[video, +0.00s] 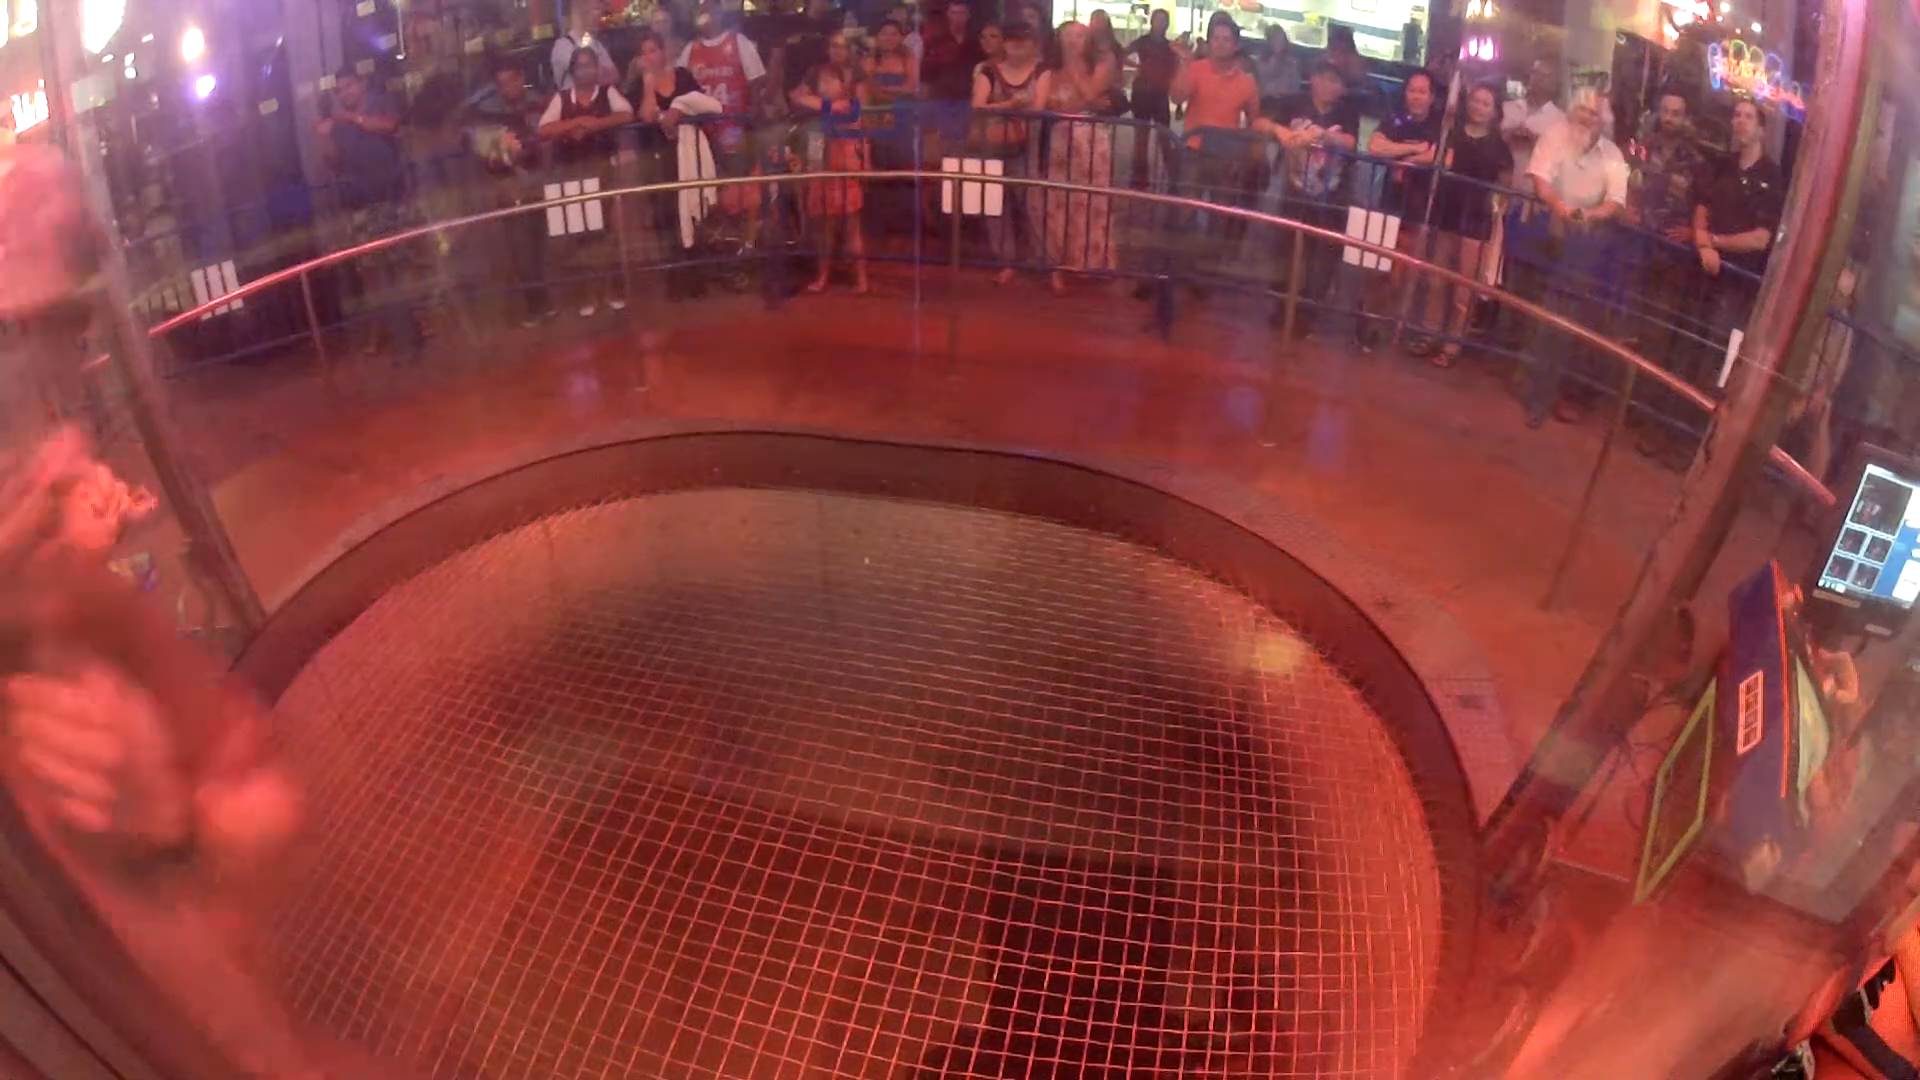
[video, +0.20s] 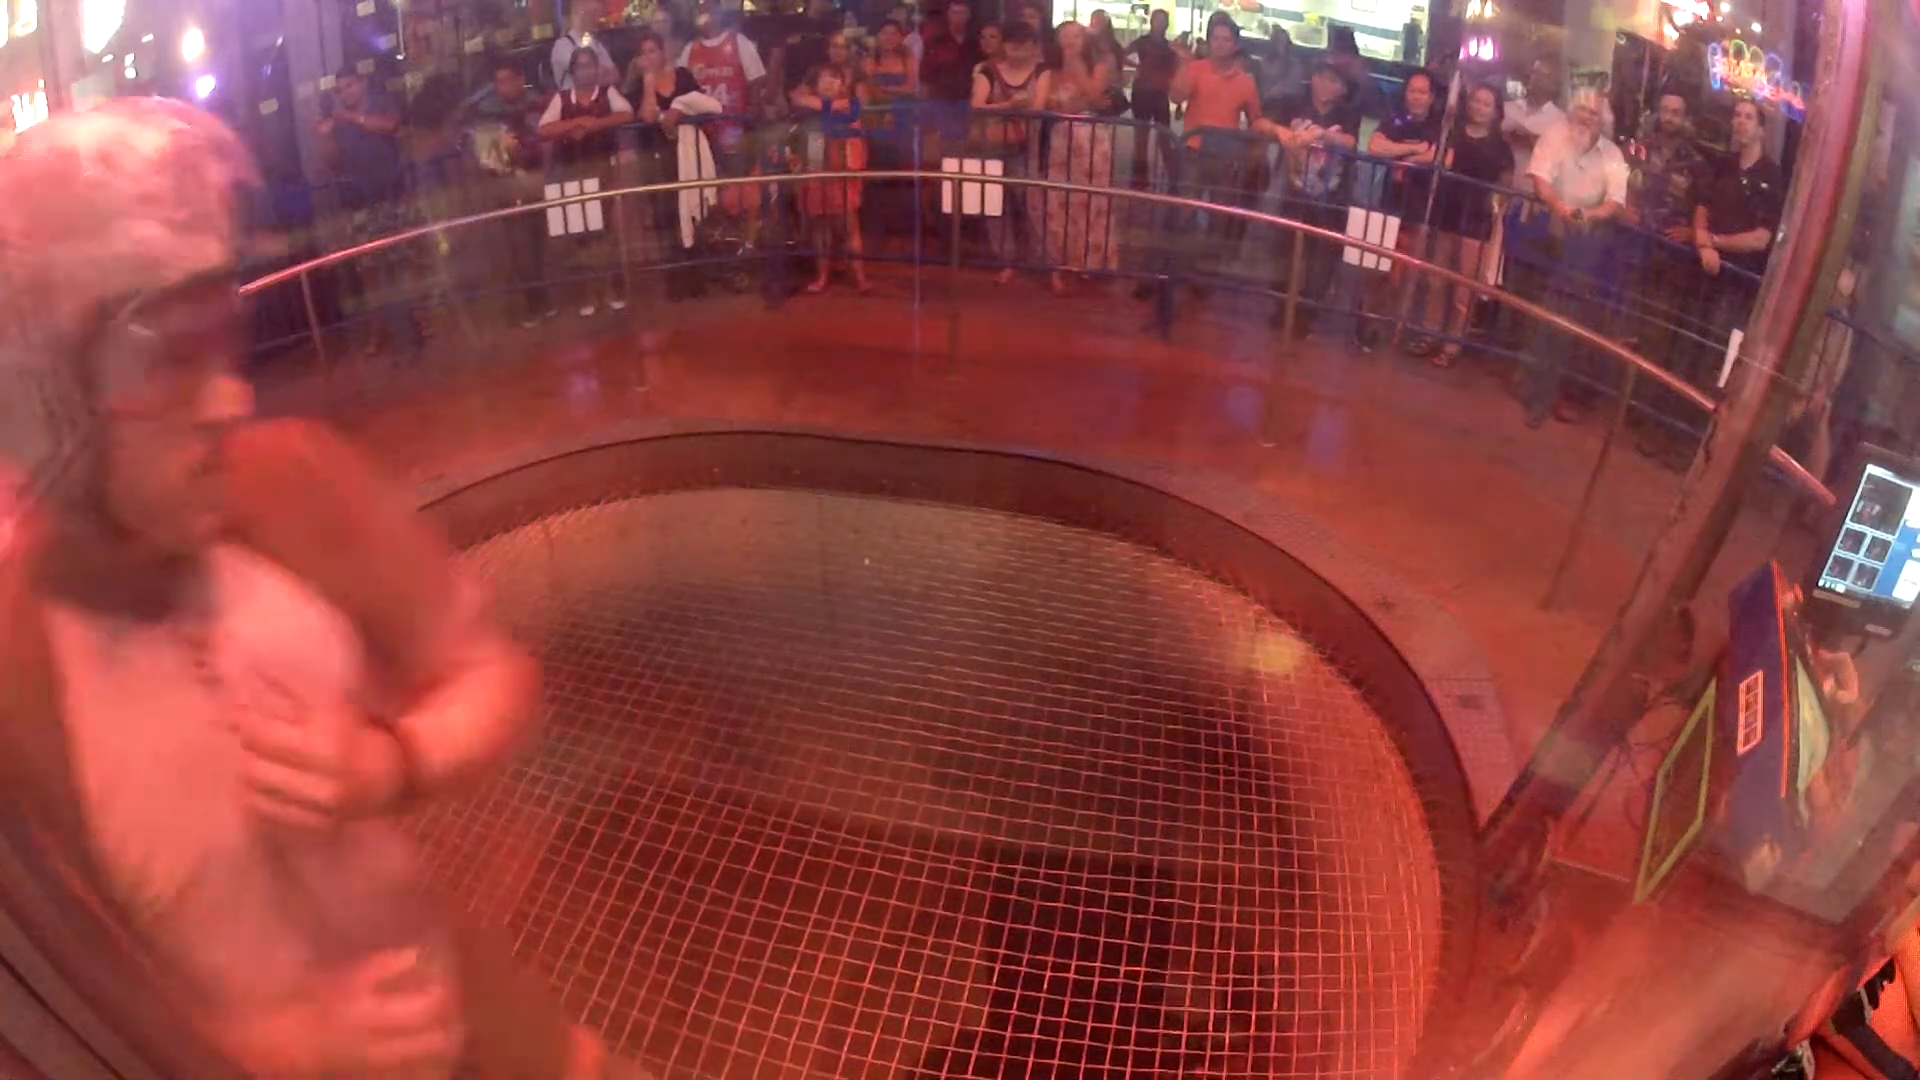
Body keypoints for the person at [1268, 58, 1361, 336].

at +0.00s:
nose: (1333, 89)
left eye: (1337, 84)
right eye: (1328, 81)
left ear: (1343, 88)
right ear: (1313, 81)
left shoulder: (1347, 112)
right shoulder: (1293, 105)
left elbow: (1351, 144)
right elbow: (1258, 123)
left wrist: (1326, 136)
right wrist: (1283, 134)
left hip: (1331, 199)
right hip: (1295, 193)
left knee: (1322, 258)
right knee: (1287, 250)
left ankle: (1307, 313)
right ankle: (1280, 307)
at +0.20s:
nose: (1329, 90)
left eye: (1336, 86)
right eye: (1326, 81)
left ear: (1342, 92)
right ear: (1314, 80)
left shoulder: (1347, 115)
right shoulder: (1293, 106)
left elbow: (1351, 144)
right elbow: (1260, 123)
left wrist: (1324, 135)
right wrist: (1286, 135)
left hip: (1330, 198)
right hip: (1295, 192)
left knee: (1322, 257)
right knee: (1288, 250)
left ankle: (1306, 313)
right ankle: (1281, 306)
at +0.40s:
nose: (1328, 88)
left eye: (1334, 84)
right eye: (1325, 80)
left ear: (1342, 92)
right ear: (1314, 80)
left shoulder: (1347, 115)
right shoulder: (1292, 106)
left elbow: (1351, 144)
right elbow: (1262, 125)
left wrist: (1324, 135)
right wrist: (1288, 136)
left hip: (1330, 198)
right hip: (1295, 192)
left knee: (1322, 256)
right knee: (1287, 249)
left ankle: (1307, 312)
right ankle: (1281, 305)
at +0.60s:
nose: (1327, 87)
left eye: (1334, 83)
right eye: (1324, 79)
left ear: (1343, 90)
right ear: (1313, 80)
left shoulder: (1346, 115)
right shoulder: (1294, 106)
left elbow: (1351, 144)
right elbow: (1264, 126)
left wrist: (1325, 135)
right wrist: (1290, 136)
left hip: (1330, 198)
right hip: (1295, 191)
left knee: (1321, 256)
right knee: (1287, 249)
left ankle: (1307, 313)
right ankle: (1281, 306)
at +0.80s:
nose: (1326, 87)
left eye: (1333, 82)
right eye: (1322, 79)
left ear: (1342, 88)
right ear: (1312, 80)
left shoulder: (1346, 111)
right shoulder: (1293, 104)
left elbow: (1352, 143)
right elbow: (1260, 125)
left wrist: (1327, 136)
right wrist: (1289, 136)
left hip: (1331, 195)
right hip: (1296, 189)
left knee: (1323, 255)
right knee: (1287, 248)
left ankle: (1307, 312)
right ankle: (1281, 307)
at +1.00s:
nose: (1325, 86)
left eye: (1333, 81)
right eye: (1322, 78)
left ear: (1343, 87)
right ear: (1311, 78)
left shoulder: (1346, 111)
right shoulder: (1293, 103)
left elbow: (1351, 143)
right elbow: (1259, 124)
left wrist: (1325, 136)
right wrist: (1283, 134)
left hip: (1332, 196)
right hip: (1296, 190)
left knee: (1324, 255)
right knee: (1286, 248)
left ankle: (1307, 312)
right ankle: (1281, 306)